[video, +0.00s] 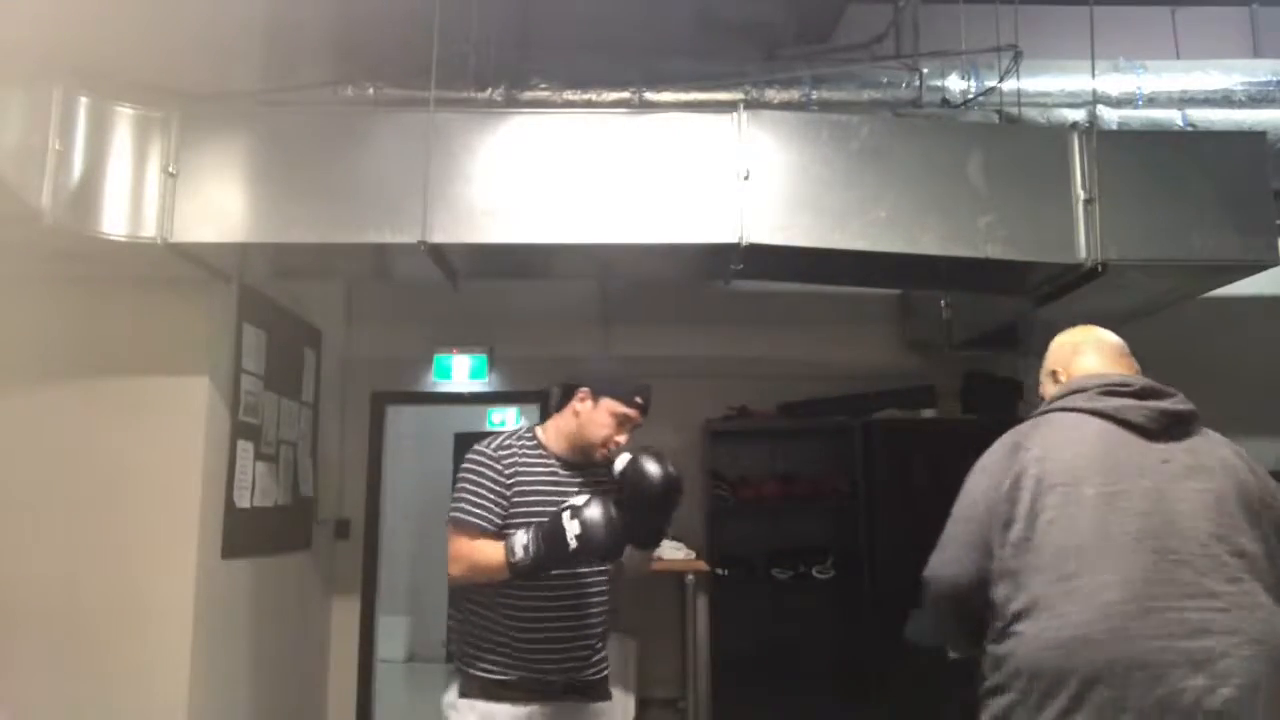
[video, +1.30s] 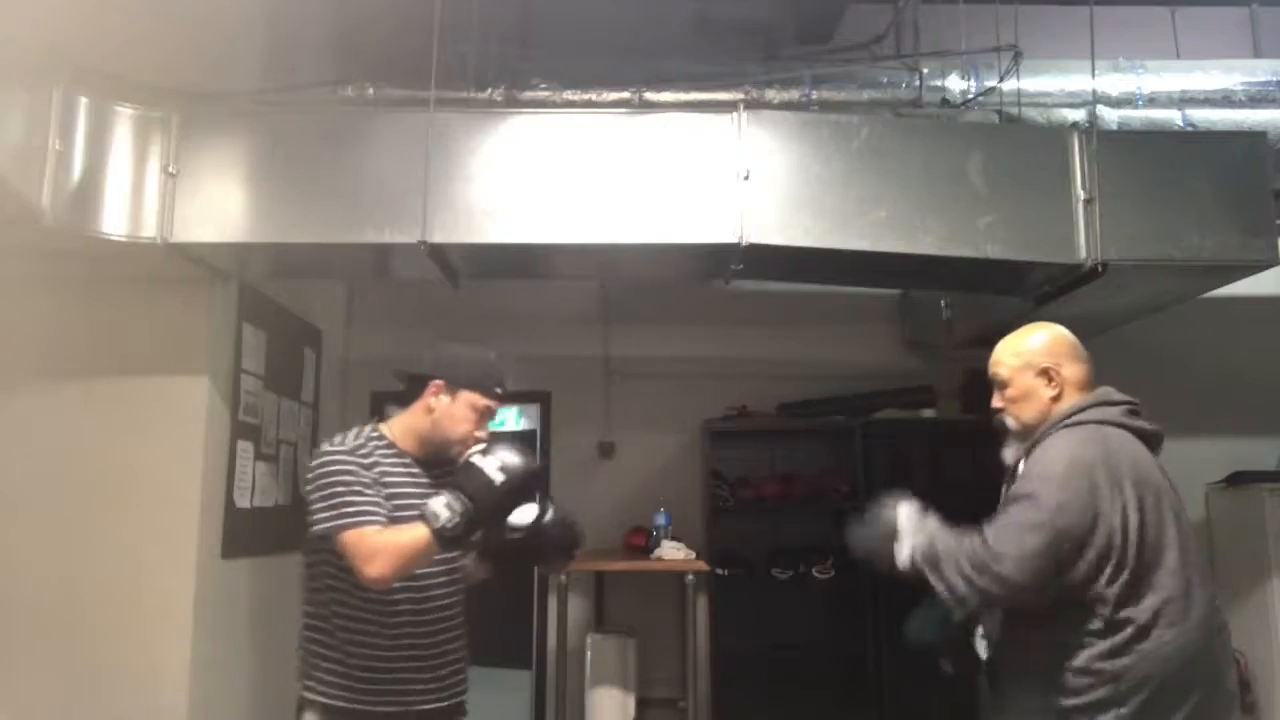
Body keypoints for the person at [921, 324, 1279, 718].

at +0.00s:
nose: (1040, 395)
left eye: (1042, 385)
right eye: (1041, 385)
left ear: (1054, 380)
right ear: (1137, 374)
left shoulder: (1017, 450)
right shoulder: (1232, 457)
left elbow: (950, 579)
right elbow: (1273, 565)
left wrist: (969, 648)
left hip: (1055, 690)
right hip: (1237, 688)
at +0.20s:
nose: (1022, 407)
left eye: (1020, 392)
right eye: (1017, 394)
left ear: (1048, 373)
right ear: (1104, 371)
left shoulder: (1029, 446)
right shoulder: (1198, 447)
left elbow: (984, 582)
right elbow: (1246, 558)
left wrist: (961, 630)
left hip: (1095, 695)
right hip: (1243, 686)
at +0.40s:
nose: (976, 420)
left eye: (977, 402)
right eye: (971, 404)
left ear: (1013, 387)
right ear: (1059, 379)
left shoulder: (1004, 462)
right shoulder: (1143, 450)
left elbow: (976, 599)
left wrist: (933, 627)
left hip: (1114, 698)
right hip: (1240, 686)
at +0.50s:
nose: (957, 421)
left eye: (959, 405)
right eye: (954, 407)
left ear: (1000, 392)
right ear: (1036, 387)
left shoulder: (993, 471)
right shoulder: (1115, 454)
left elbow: (968, 614)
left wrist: (922, 639)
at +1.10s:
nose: (975, 406)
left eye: (983, 389)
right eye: (975, 392)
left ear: (1031, 384)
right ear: (1031, 384)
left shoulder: (1041, 463)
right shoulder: (1100, 445)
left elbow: (1020, 602)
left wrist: (934, 614)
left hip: (1108, 704)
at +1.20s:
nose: (983, 403)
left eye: (992, 385)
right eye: (984, 388)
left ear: (1042, 382)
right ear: (1044, 383)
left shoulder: (1059, 461)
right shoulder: (1107, 444)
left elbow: (1022, 600)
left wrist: (933, 593)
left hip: (1111, 705)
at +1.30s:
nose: (994, 403)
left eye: (1003, 387)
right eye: (994, 389)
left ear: (1052, 381)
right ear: (1055, 383)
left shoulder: (1069, 455)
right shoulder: (1111, 443)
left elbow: (1010, 568)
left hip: (1116, 699)